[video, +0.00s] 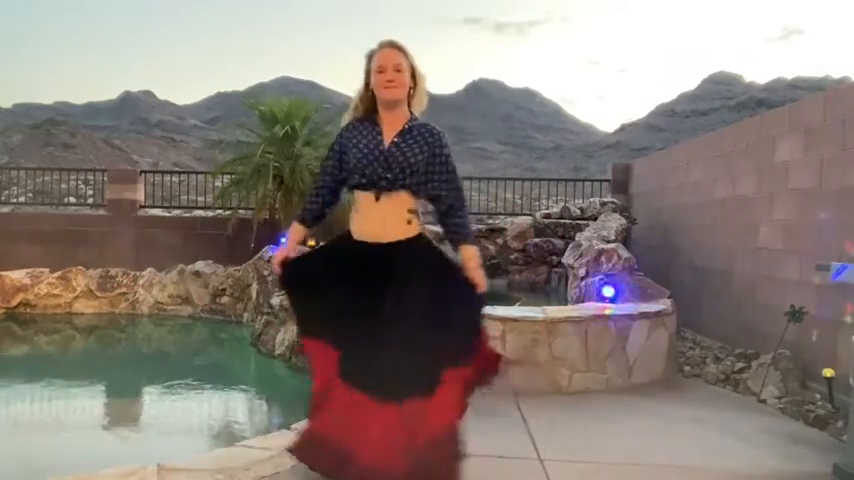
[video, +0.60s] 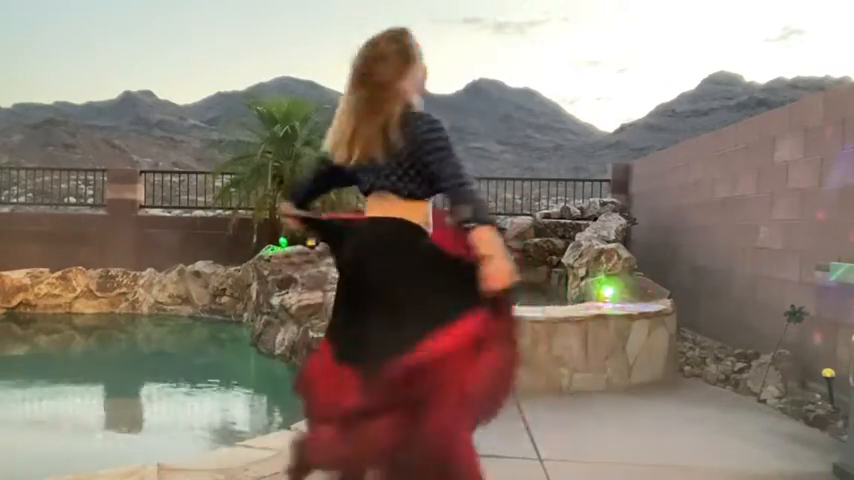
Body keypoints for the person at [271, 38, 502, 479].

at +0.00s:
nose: (390, 77)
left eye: (398, 70)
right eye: (381, 71)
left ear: (411, 79)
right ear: (369, 80)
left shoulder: (428, 137)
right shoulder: (352, 134)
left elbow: (451, 201)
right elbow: (324, 191)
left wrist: (471, 263)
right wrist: (292, 241)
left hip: (411, 258)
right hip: (354, 257)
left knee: (415, 365)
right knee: (354, 364)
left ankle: (417, 460)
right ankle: (357, 459)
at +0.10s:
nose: (390, 86)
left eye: (399, 79)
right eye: (381, 80)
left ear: (412, 87)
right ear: (370, 90)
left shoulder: (430, 144)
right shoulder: (354, 142)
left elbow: (457, 201)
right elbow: (322, 196)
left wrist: (494, 252)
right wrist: (285, 247)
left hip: (417, 265)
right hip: (358, 266)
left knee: (421, 374)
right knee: (364, 371)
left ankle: (425, 463)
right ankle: (374, 458)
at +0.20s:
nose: (389, 92)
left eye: (397, 85)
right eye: (380, 86)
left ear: (410, 95)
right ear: (368, 98)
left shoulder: (425, 151)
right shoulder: (353, 151)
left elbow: (454, 206)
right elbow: (318, 207)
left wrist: (498, 250)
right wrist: (283, 257)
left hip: (422, 270)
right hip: (362, 270)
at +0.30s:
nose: (388, 89)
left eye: (396, 82)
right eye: (379, 83)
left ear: (409, 92)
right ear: (365, 96)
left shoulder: (417, 149)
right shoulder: (356, 149)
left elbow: (435, 207)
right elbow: (322, 218)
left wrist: (475, 238)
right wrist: (283, 287)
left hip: (419, 272)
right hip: (371, 273)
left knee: (426, 384)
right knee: (356, 388)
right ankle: (329, 465)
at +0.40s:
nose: (395, 80)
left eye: (400, 73)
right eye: (383, 76)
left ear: (411, 83)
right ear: (367, 91)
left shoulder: (398, 136)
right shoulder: (374, 138)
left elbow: (395, 213)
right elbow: (352, 215)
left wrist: (434, 236)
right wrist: (327, 288)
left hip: (407, 270)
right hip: (384, 276)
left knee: (404, 387)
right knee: (384, 392)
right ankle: (381, 468)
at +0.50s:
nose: (415, 74)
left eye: (415, 64)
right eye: (404, 67)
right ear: (376, 79)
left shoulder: (376, 124)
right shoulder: (394, 128)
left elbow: (357, 197)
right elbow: (409, 198)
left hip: (380, 248)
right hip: (398, 252)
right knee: (411, 357)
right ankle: (404, 458)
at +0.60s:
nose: (426, 75)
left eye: (423, 66)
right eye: (421, 66)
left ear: (374, 75)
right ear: (405, 74)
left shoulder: (357, 131)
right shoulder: (422, 127)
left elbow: (327, 173)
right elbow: (458, 188)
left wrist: (293, 205)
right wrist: (492, 248)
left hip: (366, 252)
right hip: (412, 252)